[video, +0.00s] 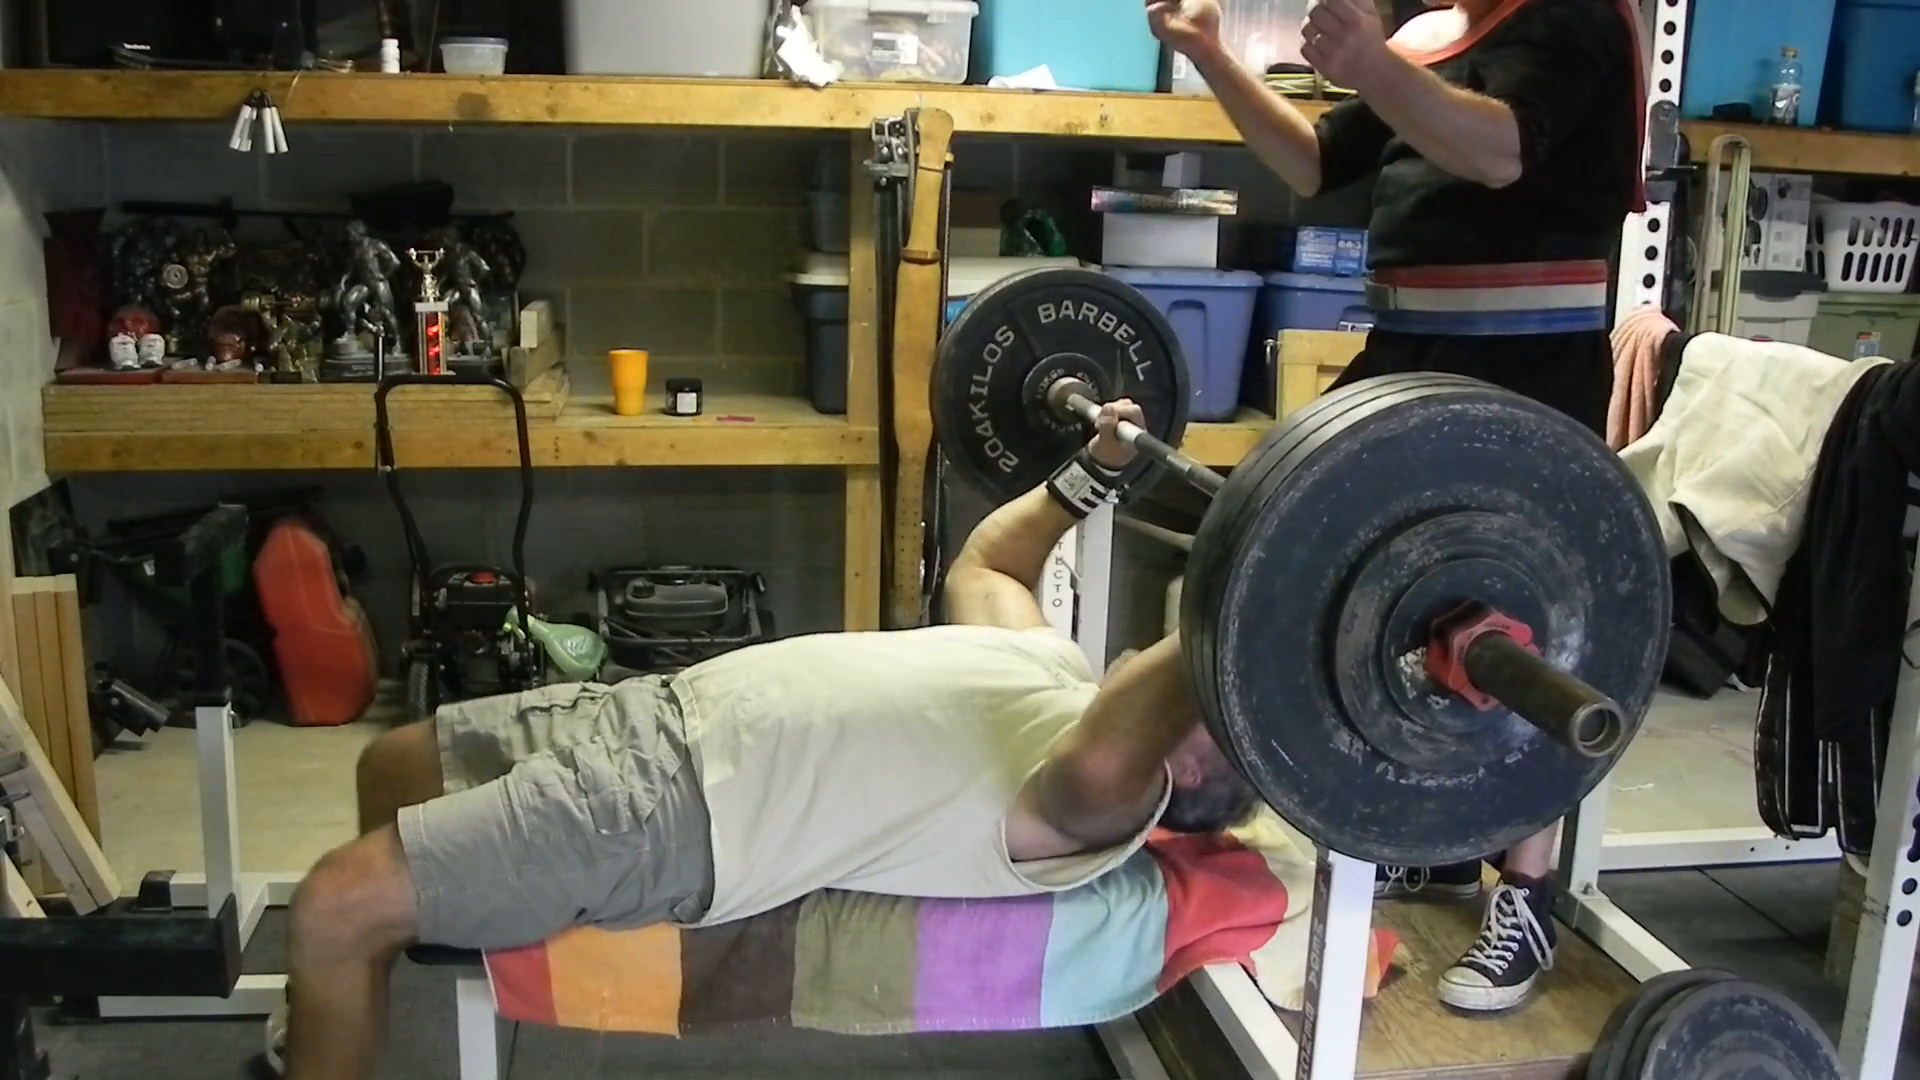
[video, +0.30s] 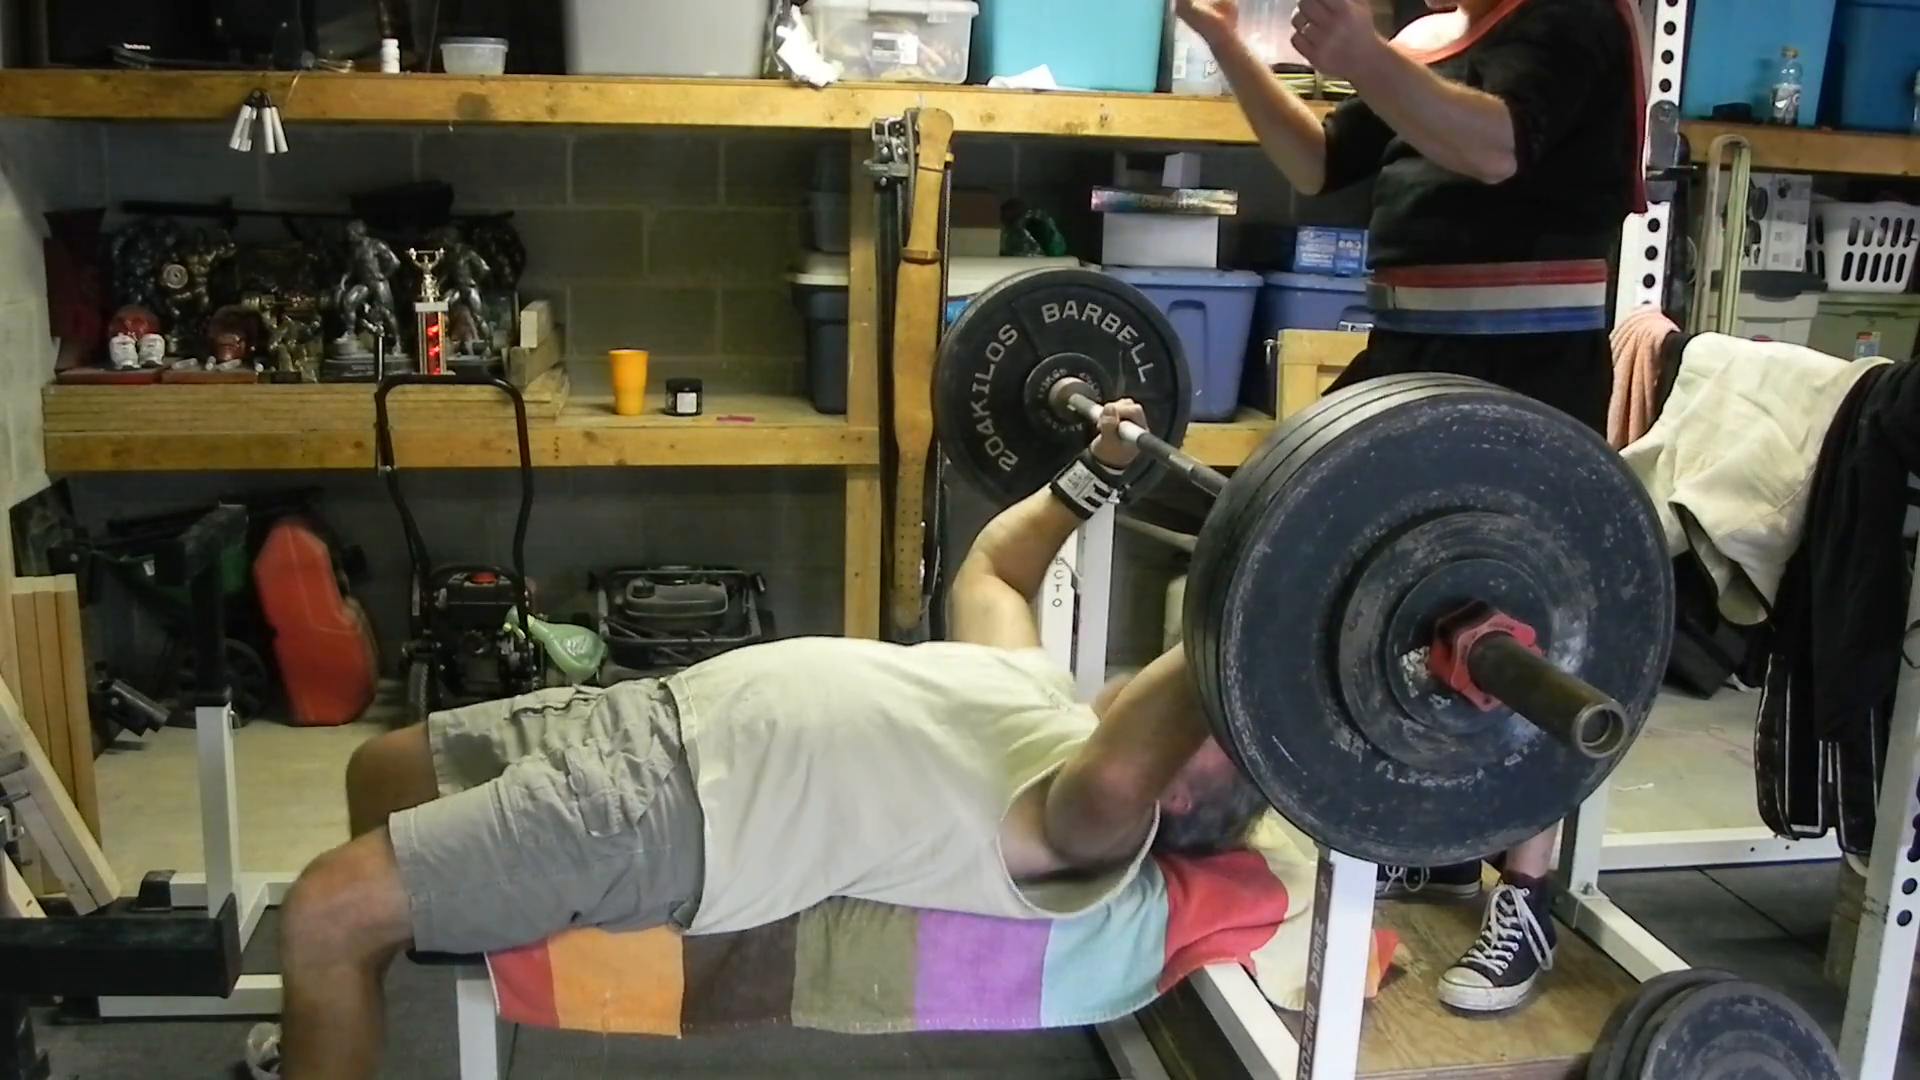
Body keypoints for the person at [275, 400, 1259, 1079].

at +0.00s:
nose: (1182, 695)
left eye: (1208, 712)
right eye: (1199, 689)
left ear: (1208, 766)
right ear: (1174, 669)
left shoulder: (1092, 809)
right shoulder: (1047, 670)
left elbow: (1112, 741)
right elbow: (991, 563)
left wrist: (1248, 609)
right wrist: (1088, 473)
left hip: (673, 814)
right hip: (649, 706)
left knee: (338, 903)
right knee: (391, 766)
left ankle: (319, 1064)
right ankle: (368, 985)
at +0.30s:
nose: (1189, 717)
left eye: (1222, 734)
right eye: (1204, 705)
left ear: (1215, 795)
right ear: (1174, 705)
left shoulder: (1087, 839)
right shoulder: (1029, 700)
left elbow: (1120, 766)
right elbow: (998, 571)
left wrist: (1248, 627)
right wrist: (1085, 476)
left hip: (664, 816)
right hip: (644, 707)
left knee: (326, 913)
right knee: (384, 770)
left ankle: (329, 1060)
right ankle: (397, 982)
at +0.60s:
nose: (1187, 738)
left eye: (1217, 748)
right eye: (1204, 721)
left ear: (1210, 807)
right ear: (1176, 732)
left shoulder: (1076, 851)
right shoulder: (1018, 706)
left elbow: (1133, 764)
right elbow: (1001, 571)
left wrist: (1246, 619)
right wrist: (1088, 469)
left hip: (661, 820)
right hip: (641, 708)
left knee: (322, 917)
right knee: (383, 767)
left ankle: (321, 1064)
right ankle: (402, 968)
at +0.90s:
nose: (1188, 728)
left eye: (1220, 743)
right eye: (1206, 715)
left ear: (1210, 810)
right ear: (1181, 721)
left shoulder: (1090, 861)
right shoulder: (1031, 718)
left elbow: (1127, 750)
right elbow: (1004, 583)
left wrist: (1229, 607)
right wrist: (1089, 473)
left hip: (672, 822)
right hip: (651, 710)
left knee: (334, 922)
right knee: (383, 768)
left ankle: (319, 1069)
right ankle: (344, 1020)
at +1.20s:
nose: (1198, 744)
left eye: (1225, 752)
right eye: (1212, 728)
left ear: (1219, 809)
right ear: (1188, 736)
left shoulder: (1098, 861)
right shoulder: (1039, 714)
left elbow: (1147, 766)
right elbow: (1014, 587)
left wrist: (1247, 612)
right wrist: (1093, 470)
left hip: (675, 818)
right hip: (656, 711)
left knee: (340, 912)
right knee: (397, 768)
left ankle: (315, 1068)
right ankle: (399, 999)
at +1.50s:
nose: (1190, 740)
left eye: (1219, 751)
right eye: (1203, 724)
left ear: (1203, 816)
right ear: (1172, 739)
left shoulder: (1074, 861)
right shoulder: (1023, 715)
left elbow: (1128, 748)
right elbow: (1007, 581)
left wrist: (1243, 605)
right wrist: (1089, 467)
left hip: (664, 821)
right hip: (648, 712)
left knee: (318, 917)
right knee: (384, 766)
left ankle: (333, 1061)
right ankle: (373, 1007)